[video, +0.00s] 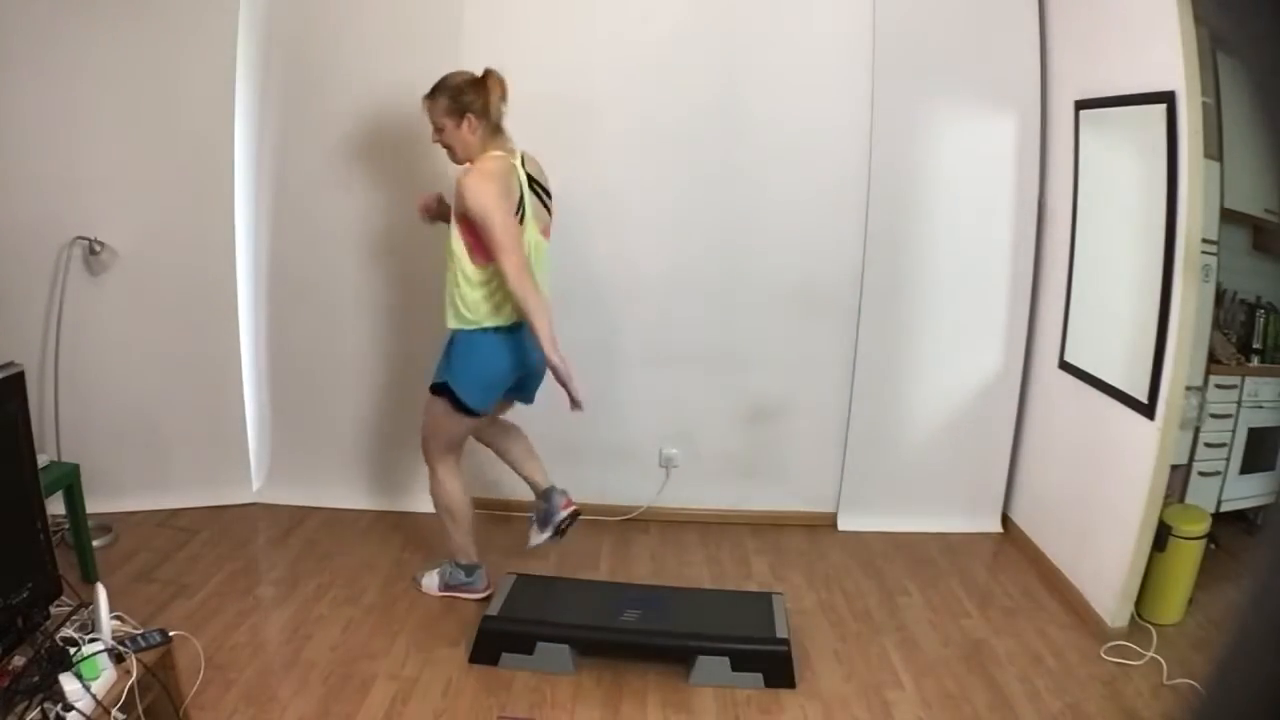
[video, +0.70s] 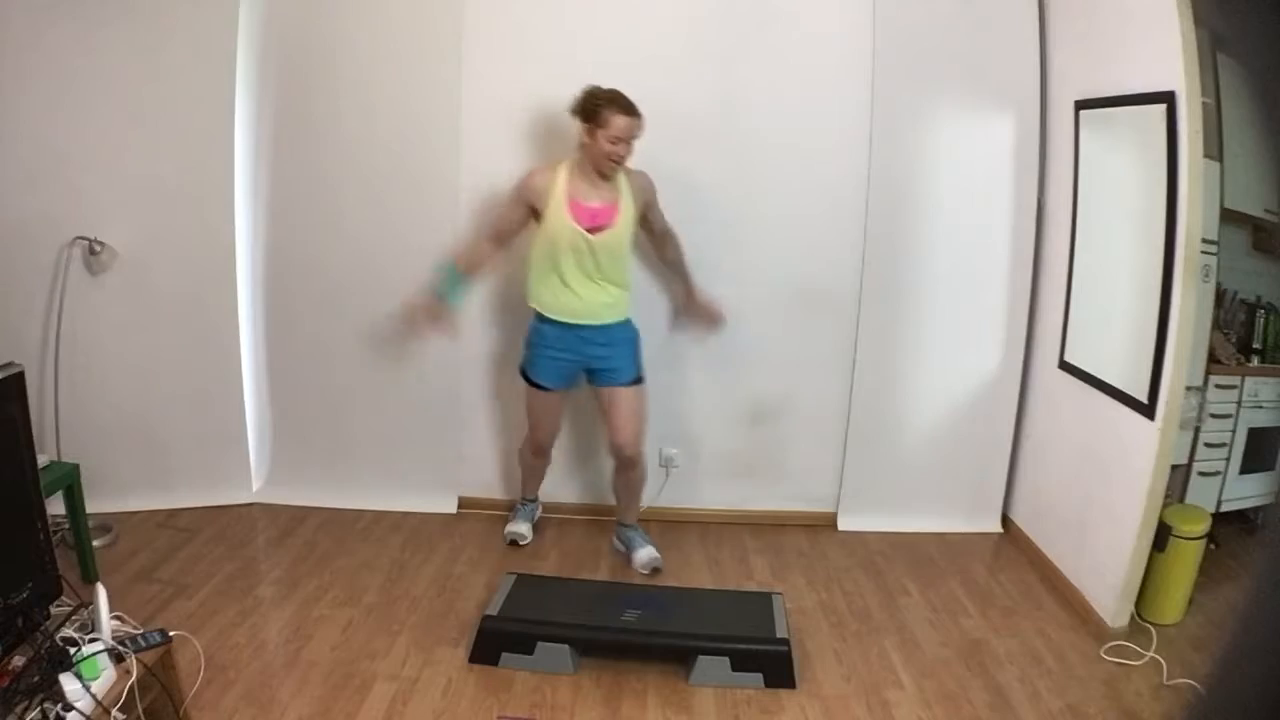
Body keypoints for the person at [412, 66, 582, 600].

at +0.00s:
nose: (436, 141)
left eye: (439, 129)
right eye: (433, 130)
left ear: (469, 124)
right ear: (477, 123)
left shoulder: (477, 181)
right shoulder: (520, 165)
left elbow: (516, 269)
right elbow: (511, 225)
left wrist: (551, 353)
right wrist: (451, 213)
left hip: (480, 346)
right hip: (518, 339)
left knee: (439, 447)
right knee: (483, 420)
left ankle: (466, 567)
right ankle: (550, 498)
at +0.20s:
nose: (466, 136)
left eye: (475, 127)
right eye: (463, 126)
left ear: (507, 124)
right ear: (475, 125)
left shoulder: (521, 177)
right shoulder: (491, 172)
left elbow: (567, 257)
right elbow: (450, 223)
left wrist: (584, 335)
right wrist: (424, 202)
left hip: (518, 326)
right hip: (508, 322)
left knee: (462, 441)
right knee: (494, 429)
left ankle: (467, 568)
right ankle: (548, 506)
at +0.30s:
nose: (498, 144)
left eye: (509, 134)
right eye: (492, 133)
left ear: (533, 132)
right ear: (484, 131)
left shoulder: (551, 178)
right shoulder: (481, 175)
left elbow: (605, 248)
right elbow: (432, 219)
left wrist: (632, 318)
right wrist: (406, 216)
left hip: (543, 325)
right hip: (508, 325)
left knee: (488, 440)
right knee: (514, 437)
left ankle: (469, 566)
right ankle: (551, 512)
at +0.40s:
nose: (541, 140)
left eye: (549, 131)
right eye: (532, 130)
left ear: (560, 129)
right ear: (511, 126)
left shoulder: (577, 173)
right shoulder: (488, 169)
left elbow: (638, 222)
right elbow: (428, 199)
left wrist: (680, 277)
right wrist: (369, 221)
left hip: (562, 324)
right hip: (512, 322)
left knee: (512, 433)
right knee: (526, 430)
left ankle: (502, 554)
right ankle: (549, 511)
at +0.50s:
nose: (573, 138)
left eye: (580, 128)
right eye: (565, 127)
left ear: (587, 125)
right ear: (538, 120)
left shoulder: (597, 168)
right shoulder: (503, 162)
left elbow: (654, 202)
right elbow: (438, 197)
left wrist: (702, 246)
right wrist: (364, 220)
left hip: (578, 316)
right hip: (522, 313)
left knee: (542, 428)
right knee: (525, 428)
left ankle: (564, 534)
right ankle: (539, 509)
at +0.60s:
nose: (602, 141)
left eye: (607, 132)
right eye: (594, 131)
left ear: (610, 130)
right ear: (564, 125)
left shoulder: (616, 175)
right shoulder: (521, 168)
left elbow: (663, 209)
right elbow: (460, 208)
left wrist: (702, 252)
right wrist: (391, 243)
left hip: (593, 320)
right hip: (533, 318)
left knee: (590, 438)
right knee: (531, 430)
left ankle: (608, 521)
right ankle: (530, 506)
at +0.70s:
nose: (624, 151)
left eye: (631, 142)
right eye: (616, 140)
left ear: (634, 141)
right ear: (586, 134)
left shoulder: (636, 186)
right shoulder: (541, 185)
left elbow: (663, 240)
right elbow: (492, 240)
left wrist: (689, 296)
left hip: (614, 332)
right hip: (553, 331)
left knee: (629, 449)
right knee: (539, 442)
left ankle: (629, 528)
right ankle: (527, 506)